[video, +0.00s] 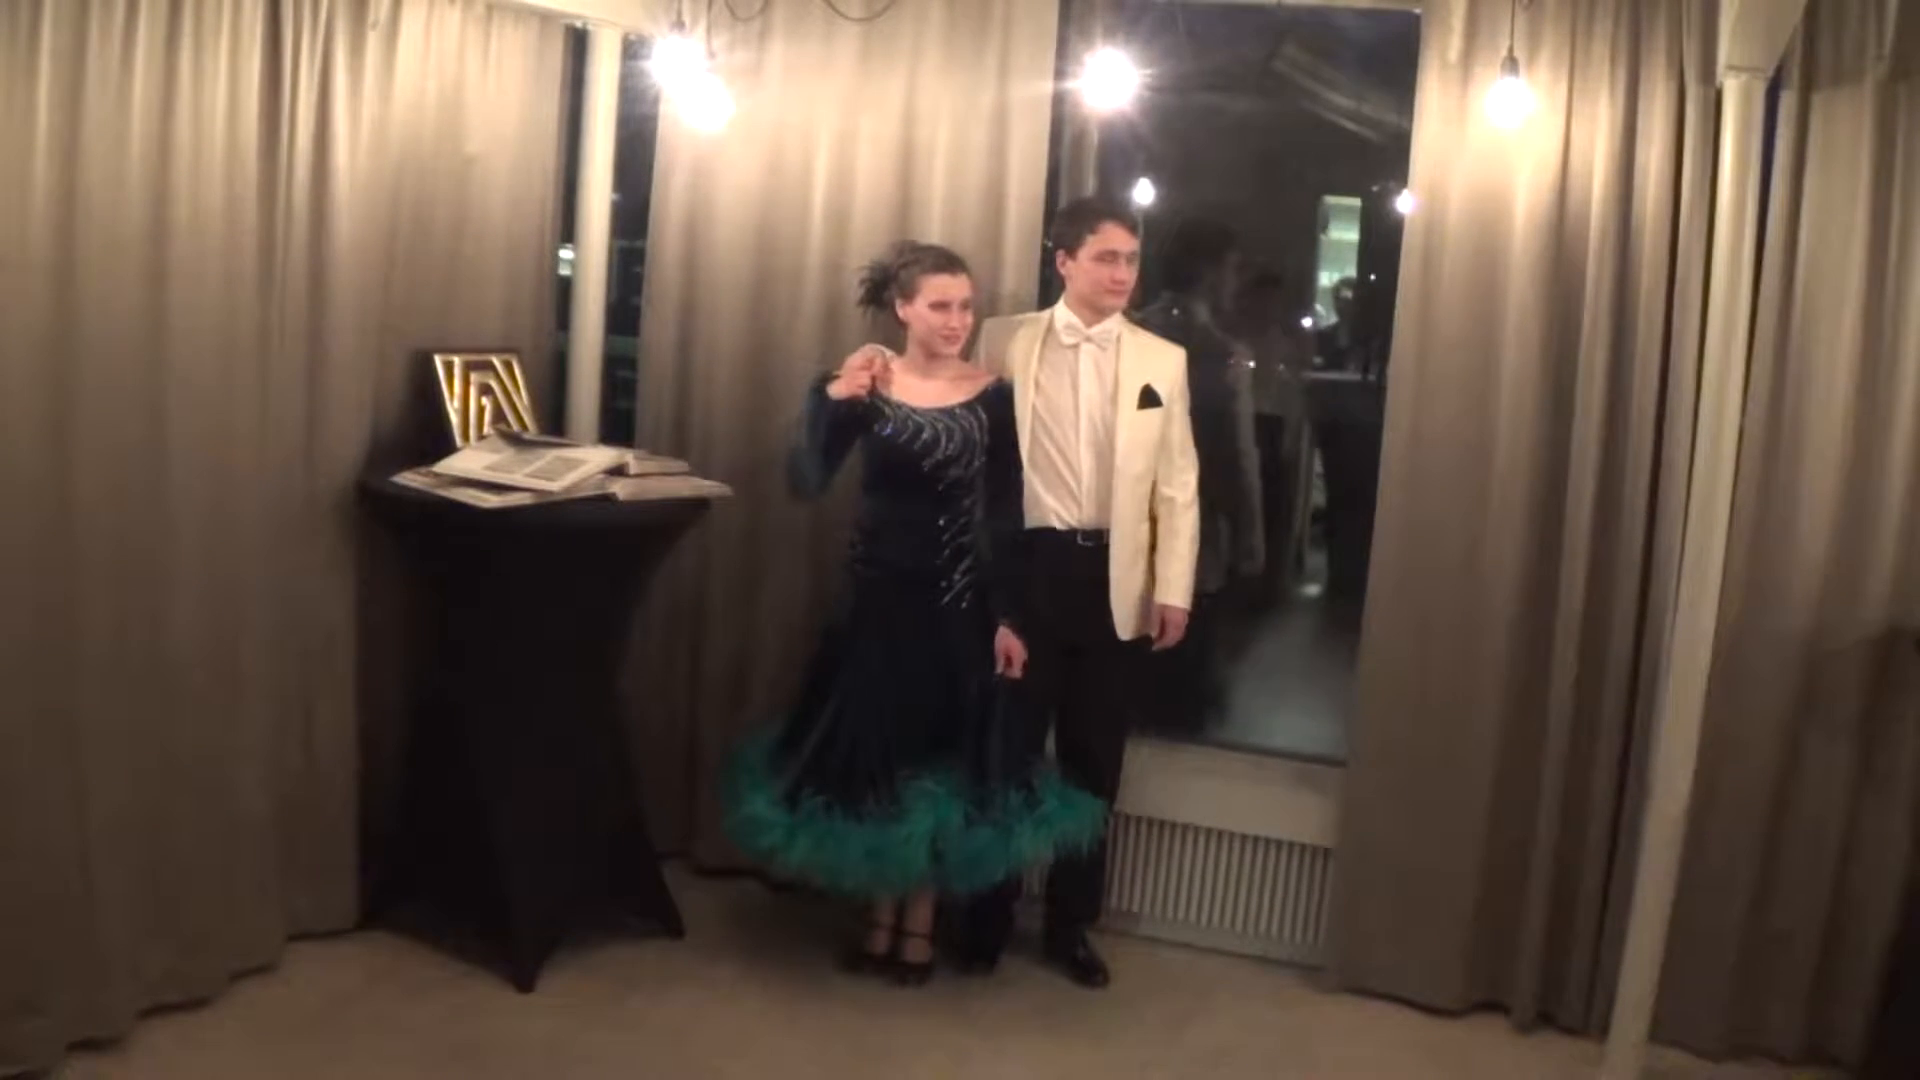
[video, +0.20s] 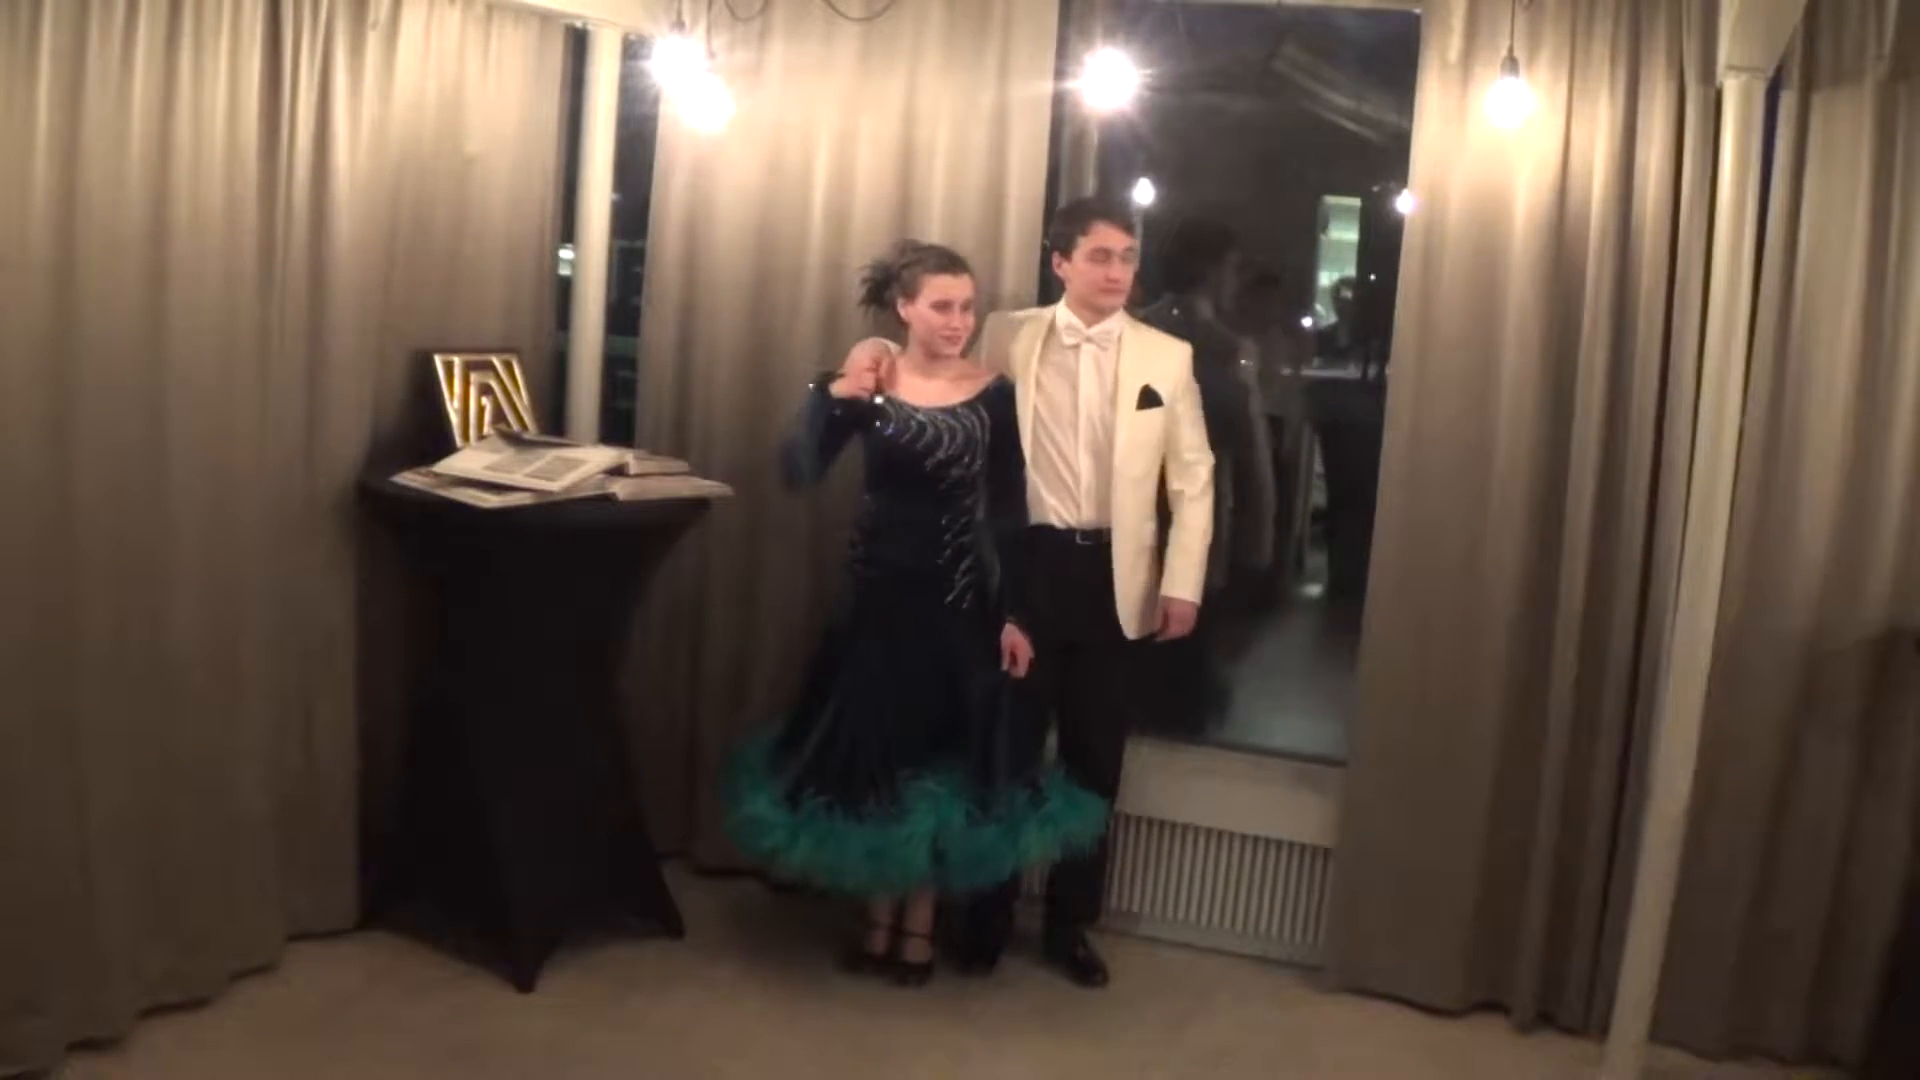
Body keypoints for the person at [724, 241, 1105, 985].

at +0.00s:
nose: (956, 321)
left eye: (965, 307)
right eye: (939, 306)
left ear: (978, 312)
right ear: (900, 310)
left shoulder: (990, 393)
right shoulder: (870, 383)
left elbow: (1004, 512)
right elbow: (808, 478)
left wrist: (1007, 615)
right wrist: (834, 397)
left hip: (959, 597)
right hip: (882, 591)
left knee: (939, 752)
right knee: (882, 749)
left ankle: (921, 909)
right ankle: (881, 905)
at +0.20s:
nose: (956, 321)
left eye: (966, 307)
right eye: (940, 307)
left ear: (979, 313)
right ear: (902, 310)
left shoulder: (991, 394)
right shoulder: (873, 383)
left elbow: (1007, 510)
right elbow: (799, 470)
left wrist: (1013, 613)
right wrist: (839, 389)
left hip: (961, 595)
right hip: (883, 588)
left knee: (940, 752)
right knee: (880, 749)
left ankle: (921, 909)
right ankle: (878, 906)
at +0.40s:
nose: (957, 327)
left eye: (966, 311)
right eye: (940, 313)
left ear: (980, 312)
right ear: (903, 317)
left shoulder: (995, 394)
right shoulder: (876, 384)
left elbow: (1018, 507)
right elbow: (786, 452)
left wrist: (1032, 608)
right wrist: (835, 378)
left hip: (962, 595)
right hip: (885, 590)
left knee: (938, 753)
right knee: (877, 750)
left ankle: (919, 914)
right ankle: (873, 911)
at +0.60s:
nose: (949, 354)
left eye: (955, 335)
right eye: (928, 343)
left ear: (968, 328)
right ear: (896, 346)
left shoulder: (997, 412)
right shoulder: (878, 408)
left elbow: (1011, 517)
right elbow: (811, 497)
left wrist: (997, 597)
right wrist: (835, 416)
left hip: (971, 610)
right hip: (896, 604)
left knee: (959, 756)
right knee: (902, 755)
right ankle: (903, 910)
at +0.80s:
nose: (937, 354)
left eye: (941, 334)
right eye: (917, 346)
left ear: (953, 322)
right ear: (888, 351)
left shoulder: (992, 407)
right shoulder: (875, 408)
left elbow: (1011, 519)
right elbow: (809, 494)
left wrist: (972, 520)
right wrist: (825, 416)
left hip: (964, 610)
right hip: (889, 603)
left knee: (936, 759)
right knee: (869, 755)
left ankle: (915, 920)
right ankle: (872, 951)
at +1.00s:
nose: (925, 342)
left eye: (932, 323)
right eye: (905, 333)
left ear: (946, 316)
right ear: (878, 342)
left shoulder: (981, 401)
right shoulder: (864, 402)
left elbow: (1000, 505)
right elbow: (800, 491)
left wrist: (948, 479)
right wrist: (811, 420)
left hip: (959, 612)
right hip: (886, 606)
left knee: (938, 766)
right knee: (873, 767)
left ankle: (913, 925)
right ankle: (878, 958)